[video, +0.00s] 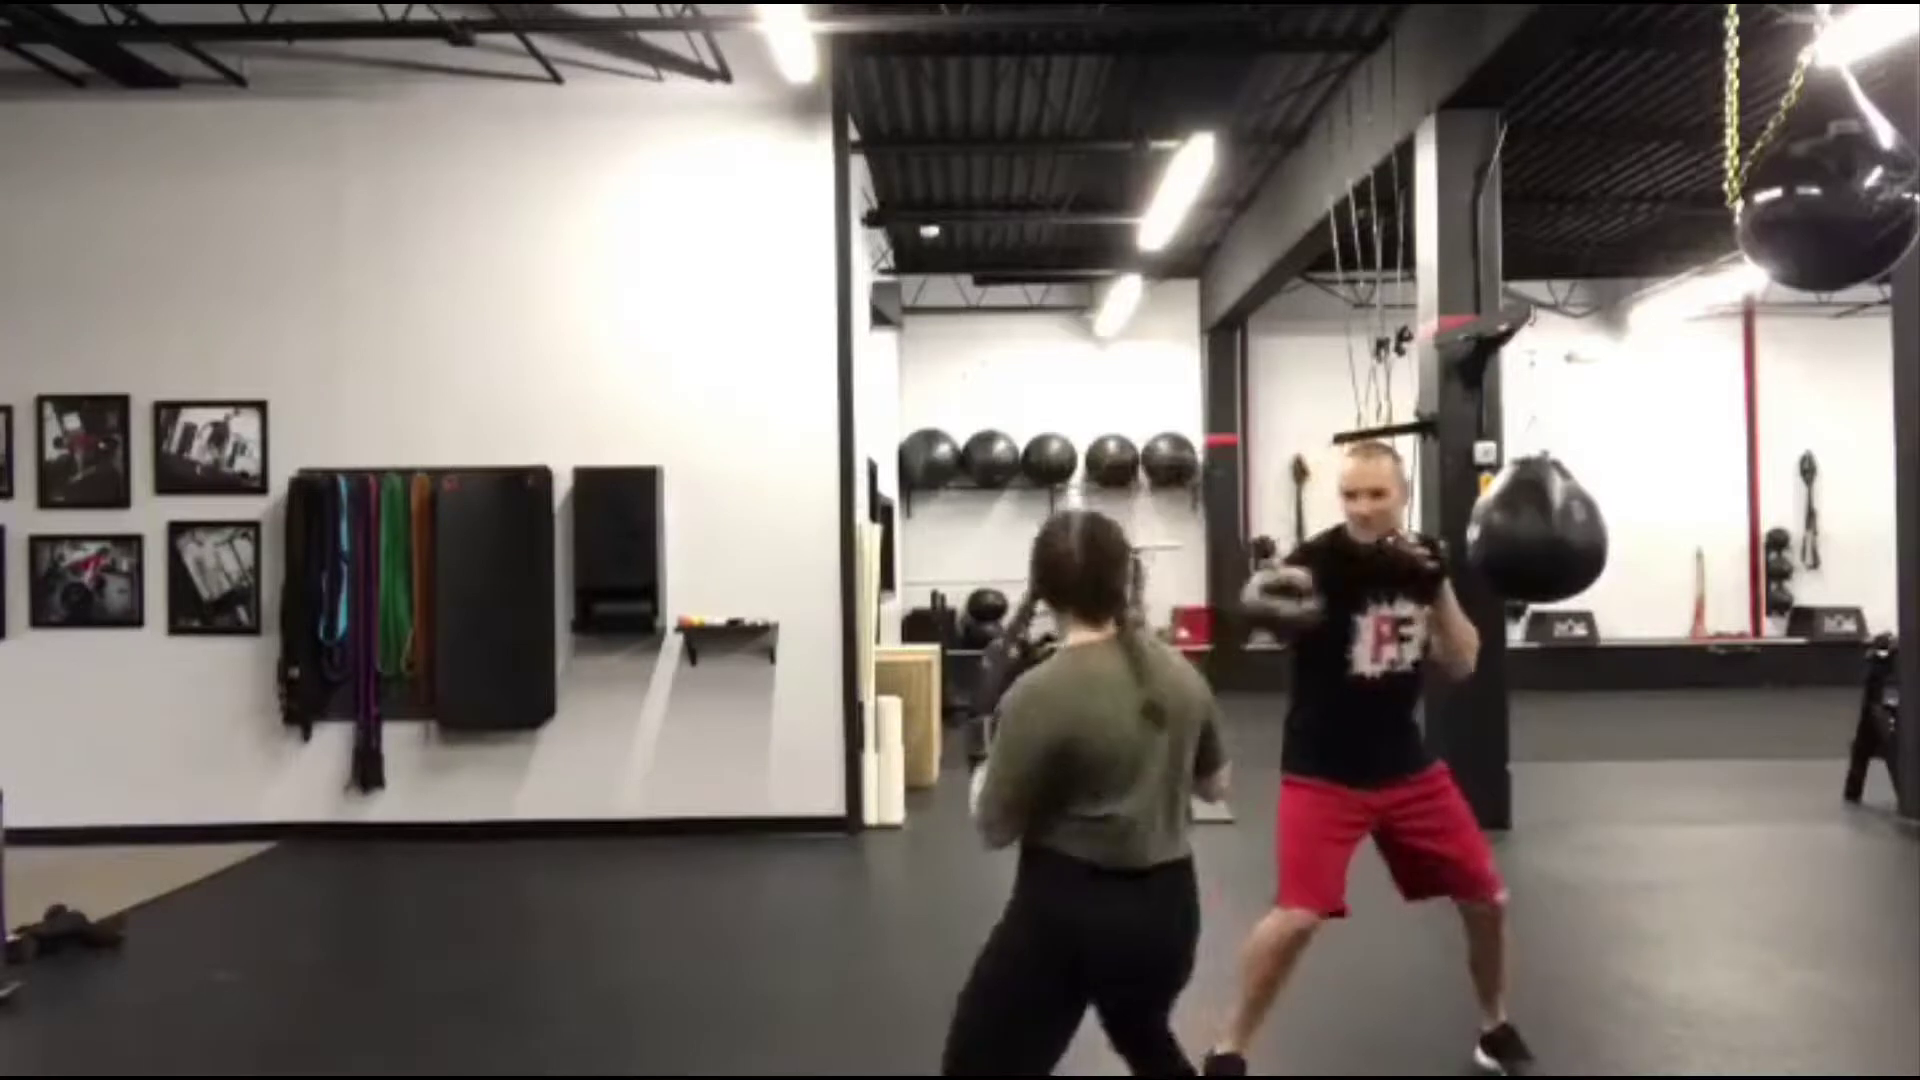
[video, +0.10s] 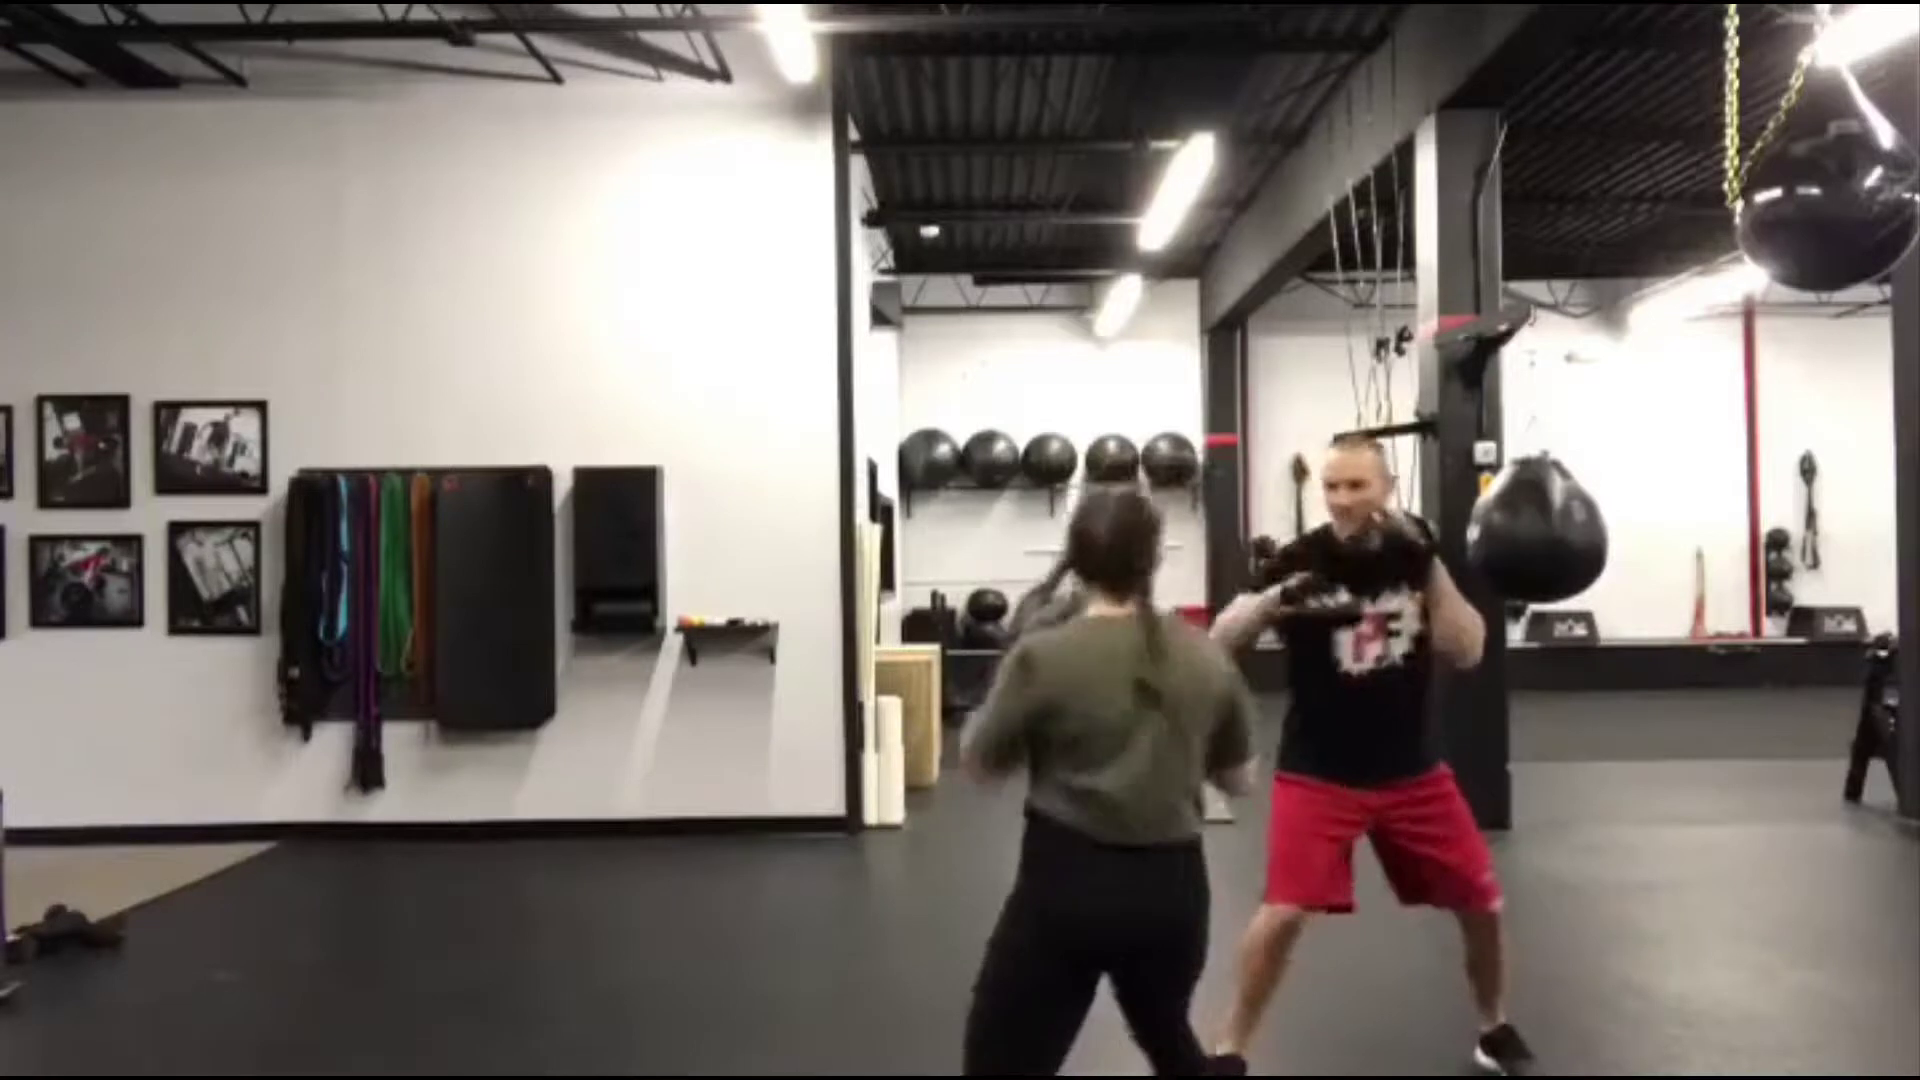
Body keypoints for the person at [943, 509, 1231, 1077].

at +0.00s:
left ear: (1045, 590)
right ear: (1124, 576)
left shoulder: (1041, 695)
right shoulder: (1178, 673)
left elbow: (995, 823)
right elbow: (1213, 779)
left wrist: (998, 738)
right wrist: (1138, 741)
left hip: (1061, 918)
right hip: (1164, 910)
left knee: (980, 1062)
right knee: (1146, 1035)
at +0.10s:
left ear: (1076, 559)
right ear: (1153, 555)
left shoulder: (1043, 657)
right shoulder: (1204, 657)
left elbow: (983, 759)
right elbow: (1234, 771)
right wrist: (1167, 722)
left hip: (1064, 891)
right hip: (1171, 893)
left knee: (1003, 1060)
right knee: (1169, 1033)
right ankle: (1204, 1073)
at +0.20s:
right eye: (1198, 528)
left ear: (1119, 532)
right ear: (1197, 538)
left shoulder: (1067, 613)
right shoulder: (1236, 642)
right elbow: (1276, 767)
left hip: (1078, 852)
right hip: (1187, 859)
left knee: (1035, 1050)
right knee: (1199, 1033)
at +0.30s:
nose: (1237, 537)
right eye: (1235, 525)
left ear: (1149, 522)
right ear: (1227, 536)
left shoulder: (1094, 601)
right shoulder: (1240, 636)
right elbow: (1294, 761)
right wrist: (1302, 692)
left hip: (1101, 826)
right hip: (1202, 838)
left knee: (1055, 1045)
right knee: (1226, 1038)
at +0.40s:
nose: (1248, 522)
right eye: (1245, 512)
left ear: (1157, 519)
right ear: (1232, 527)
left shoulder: (1116, 596)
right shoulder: (1242, 629)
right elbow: (1308, 745)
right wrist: (1340, 666)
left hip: (1126, 825)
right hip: (1226, 838)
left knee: (1067, 1038)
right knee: (1243, 1038)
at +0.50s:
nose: (1292, 503)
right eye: (1273, 497)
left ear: (1160, 521)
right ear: (1239, 520)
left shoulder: (1115, 605)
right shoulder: (1271, 605)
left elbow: (1087, 684)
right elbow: (1377, 674)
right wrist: (1402, 658)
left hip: (1152, 834)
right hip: (1256, 838)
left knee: (1068, 1036)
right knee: (1243, 1033)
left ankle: (1044, 1066)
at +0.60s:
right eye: (1249, 503)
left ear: (1163, 523)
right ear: (1243, 520)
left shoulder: (1134, 616)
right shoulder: (1287, 594)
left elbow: (1098, 728)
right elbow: (1368, 592)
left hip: (1179, 834)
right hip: (1281, 832)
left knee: (1087, 1028)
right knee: (1238, 1026)